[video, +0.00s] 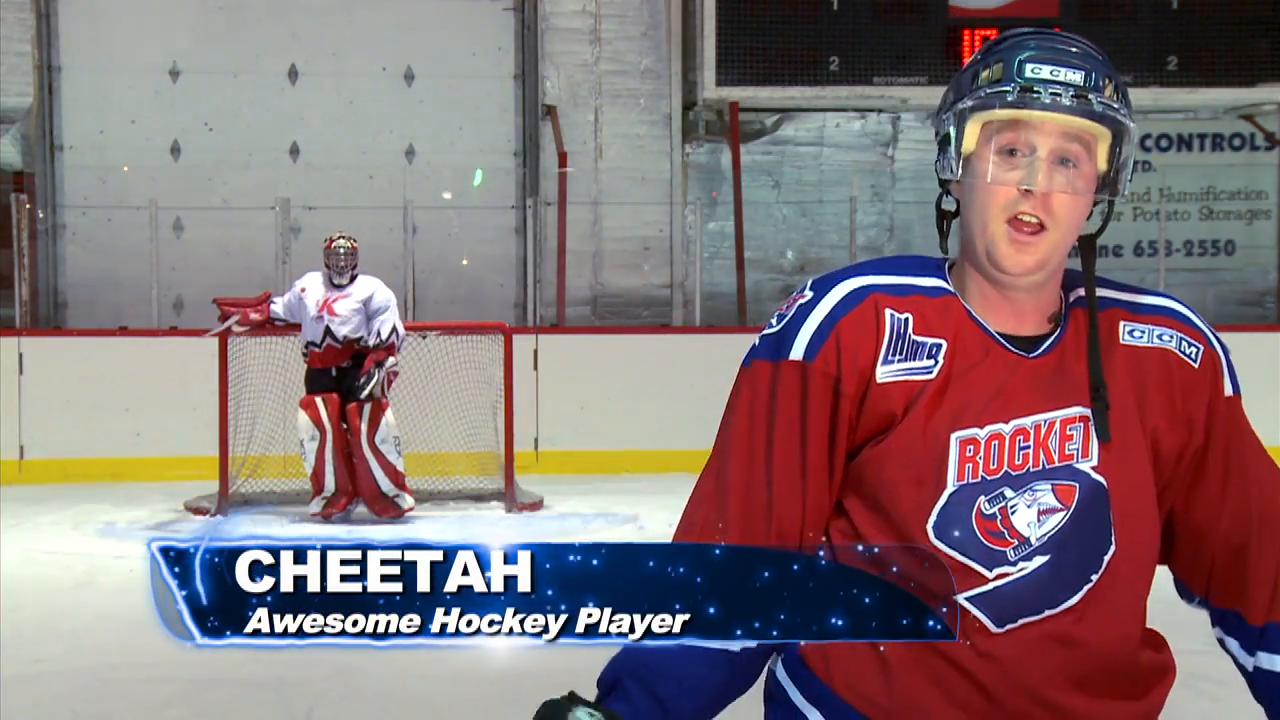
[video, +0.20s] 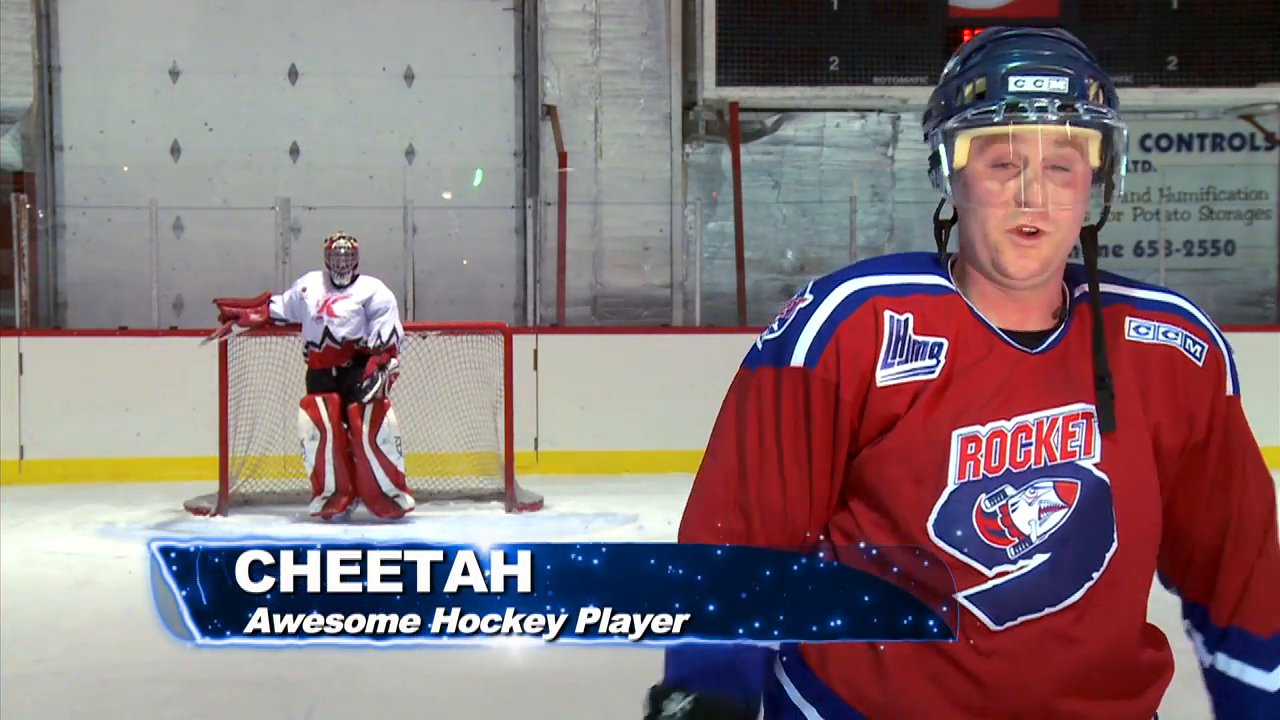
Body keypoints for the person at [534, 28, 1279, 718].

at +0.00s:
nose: (1037, 187)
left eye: (1068, 161)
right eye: (1010, 152)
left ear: (1098, 188)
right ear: (959, 164)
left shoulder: (1169, 352)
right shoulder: (844, 328)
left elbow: (1263, 596)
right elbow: (732, 576)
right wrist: (620, 709)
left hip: (1103, 708)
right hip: (869, 707)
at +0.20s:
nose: (1032, 192)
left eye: (1063, 162)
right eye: (1001, 158)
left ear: (1097, 182)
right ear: (950, 171)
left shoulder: (1172, 345)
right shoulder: (843, 330)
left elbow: (1249, 592)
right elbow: (731, 562)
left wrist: (1254, 705)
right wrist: (708, 702)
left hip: (1102, 703)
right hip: (864, 705)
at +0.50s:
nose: (971, 198)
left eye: (998, 165)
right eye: (940, 168)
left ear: (1035, 182)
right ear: (891, 186)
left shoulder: (1138, 336)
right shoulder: (806, 320)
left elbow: (1221, 605)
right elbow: (741, 533)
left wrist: (1235, 713)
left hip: (1093, 707)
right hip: (847, 706)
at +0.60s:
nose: (950, 190)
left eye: (977, 158)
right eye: (918, 160)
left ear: (1020, 178)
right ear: (870, 176)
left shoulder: (1124, 328)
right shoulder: (792, 314)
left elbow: (1209, 589)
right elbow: (743, 502)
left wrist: (1233, 710)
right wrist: (821, 380)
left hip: (1083, 705)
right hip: (843, 704)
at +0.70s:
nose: (933, 183)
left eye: (960, 154)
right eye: (903, 155)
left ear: (1004, 175)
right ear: (856, 175)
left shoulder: (1112, 324)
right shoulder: (781, 305)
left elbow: (1193, 577)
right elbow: (737, 489)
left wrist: (1224, 710)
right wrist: (814, 362)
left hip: (1072, 706)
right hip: (833, 706)